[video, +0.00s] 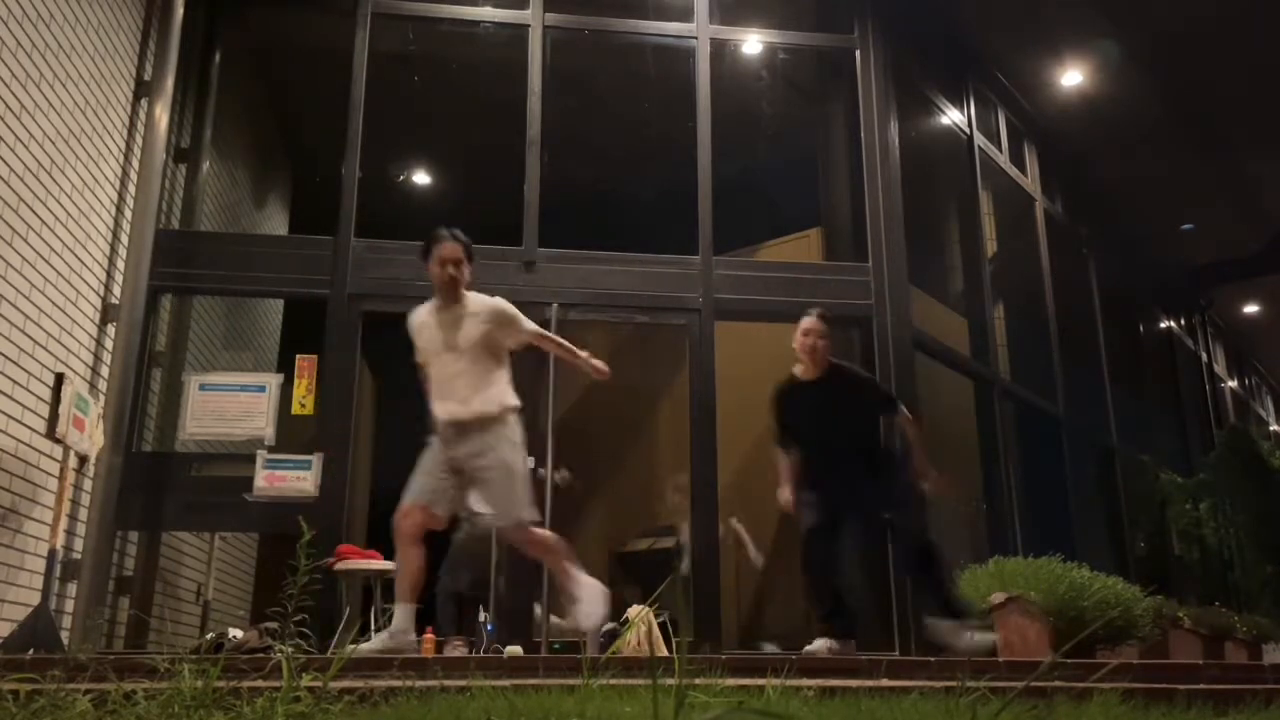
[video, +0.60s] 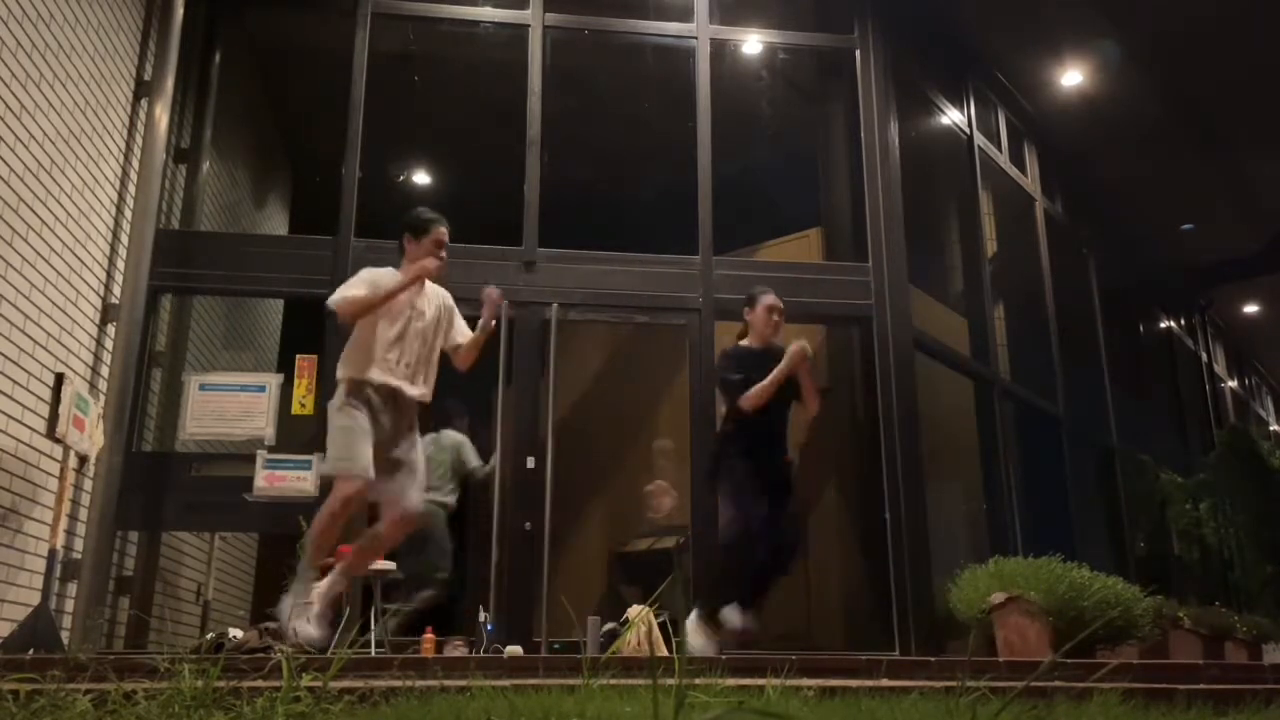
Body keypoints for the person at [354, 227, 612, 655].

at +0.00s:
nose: (451, 272)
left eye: (458, 264)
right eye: (443, 264)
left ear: (469, 269)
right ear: (428, 269)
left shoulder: (493, 311)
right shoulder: (419, 320)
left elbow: (541, 339)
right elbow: (429, 373)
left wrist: (584, 360)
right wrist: (441, 415)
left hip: (496, 433)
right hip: (446, 438)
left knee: (516, 530)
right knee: (408, 523)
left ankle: (585, 589)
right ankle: (401, 630)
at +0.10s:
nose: (446, 260)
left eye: (453, 253)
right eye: (438, 251)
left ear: (462, 259)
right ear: (421, 255)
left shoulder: (481, 304)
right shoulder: (400, 308)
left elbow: (520, 337)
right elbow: (394, 364)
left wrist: (559, 366)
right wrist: (394, 407)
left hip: (472, 422)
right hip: (419, 424)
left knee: (473, 520)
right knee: (392, 521)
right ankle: (400, 630)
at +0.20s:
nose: (443, 257)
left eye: (450, 252)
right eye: (437, 249)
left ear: (455, 260)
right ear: (416, 252)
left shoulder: (470, 306)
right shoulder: (384, 307)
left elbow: (499, 360)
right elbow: (365, 363)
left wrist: (524, 407)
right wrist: (351, 412)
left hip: (449, 427)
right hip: (393, 423)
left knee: (437, 528)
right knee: (372, 519)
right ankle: (394, 627)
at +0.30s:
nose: (442, 269)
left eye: (446, 262)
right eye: (435, 261)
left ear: (449, 268)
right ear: (408, 262)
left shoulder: (456, 322)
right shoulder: (373, 316)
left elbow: (470, 389)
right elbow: (344, 379)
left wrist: (479, 432)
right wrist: (321, 432)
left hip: (429, 437)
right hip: (374, 425)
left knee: (397, 541)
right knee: (362, 524)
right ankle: (390, 629)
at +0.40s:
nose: (441, 278)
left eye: (444, 272)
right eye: (433, 270)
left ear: (443, 279)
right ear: (406, 273)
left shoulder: (445, 336)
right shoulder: (369, 318)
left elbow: (457, 391)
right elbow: (336, 368)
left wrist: (460, 416)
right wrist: (336, 399)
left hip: (407, 443)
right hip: (358, 426)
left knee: (365, 546)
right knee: (348, 518)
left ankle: (287, 625)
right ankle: (373, 622)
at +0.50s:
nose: (440, 263)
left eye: (443, 257)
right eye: (433, 255)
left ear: (442, 261)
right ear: (406, 254)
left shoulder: (441, 313)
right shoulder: (371, 295)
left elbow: (459, 378)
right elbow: (333, 337)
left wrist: (475, 353)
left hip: (403, 426)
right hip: (356, 413)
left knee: (366, 526)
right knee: (355, 487)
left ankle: (294, 618)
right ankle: (325, 600)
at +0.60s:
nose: (443, 254)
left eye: (446, 247)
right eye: (436, 246)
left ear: (443, 250)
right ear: (409, 243)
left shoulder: (441, 300)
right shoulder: (375, 278)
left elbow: (463, 359)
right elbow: (341, 309)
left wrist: (487, 322)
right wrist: (403, 283)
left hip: (404, 410)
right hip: (358, 398)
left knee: (404, 514)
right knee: (351, 489)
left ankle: (326, 596)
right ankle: (300, 594)